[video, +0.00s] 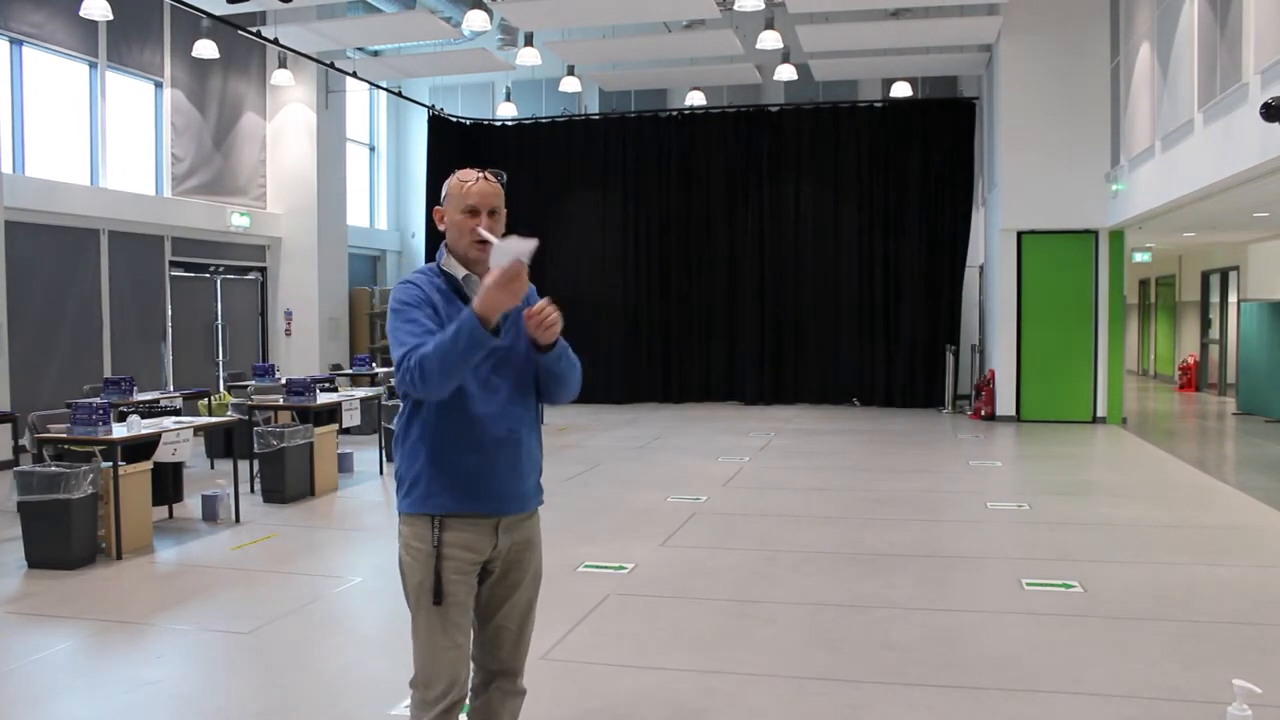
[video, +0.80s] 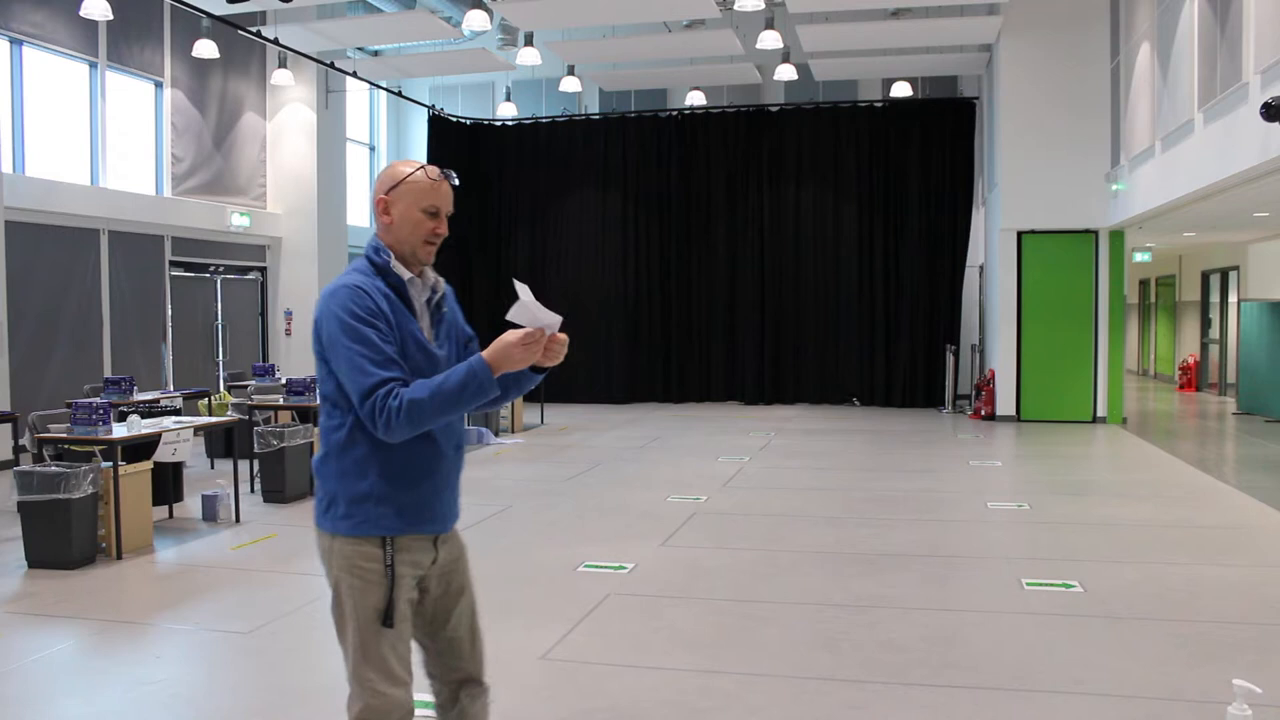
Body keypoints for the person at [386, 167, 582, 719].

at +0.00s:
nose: (484, 226)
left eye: (495, 215)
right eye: (471, 214)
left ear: (505, 222)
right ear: (441, 220)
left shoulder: (519, 290)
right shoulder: (415, 293)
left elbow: (563, 389)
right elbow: (419, 378)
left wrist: (550, 344)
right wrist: (485, 313)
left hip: (517, 514)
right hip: (440, 517)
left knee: (504, 681)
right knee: (442, 686)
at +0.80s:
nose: (442, 228)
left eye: (446, 217)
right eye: (430, 213)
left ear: (448, 220)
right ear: (385, 209)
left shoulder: (437, 295)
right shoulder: (349, 300)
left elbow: (474, 393)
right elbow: (387, 413)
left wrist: (531, 366)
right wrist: (489, 364)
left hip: (436, 527)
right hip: (369, 533)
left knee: (464, 689)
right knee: (383, 701)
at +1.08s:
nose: (424, 229)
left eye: (426, 216)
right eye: (415, 213)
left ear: (372, 210)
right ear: (368, 206)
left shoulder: (378, 289)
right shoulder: (340, 296)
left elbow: (426, 375)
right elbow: (395, 419)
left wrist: (501, 363)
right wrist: (491, 368)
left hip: (390, 527)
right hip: (349, 533)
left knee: (397, 686)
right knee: (369, 700)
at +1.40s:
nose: (392, 232)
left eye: (392, 217)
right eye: (386, 215)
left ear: (344, 211)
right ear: (349, 208)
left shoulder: (306, 283)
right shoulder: (334, 297)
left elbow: (382, 380)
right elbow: (391, 417)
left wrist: (457, 351)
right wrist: (467, 364)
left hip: (301, 525)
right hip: (332, 533)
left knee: (314, 690)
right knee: (367, 700)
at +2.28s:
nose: (333, 216)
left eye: (331, 204)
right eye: (331, 204)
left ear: (264, 210)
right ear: (317, 208)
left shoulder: (226, 286)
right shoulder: (323, 295)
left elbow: (285, 379)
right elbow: (380, 402)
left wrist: (367, 349)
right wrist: (406, 344)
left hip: (235, 524)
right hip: (311, 533)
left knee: (268, 690)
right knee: (341, 693)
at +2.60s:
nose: (329, 212)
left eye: (328, 201)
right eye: (326, 202)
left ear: (257, 211)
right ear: (308, 208)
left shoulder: (218, 287)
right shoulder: (322, 290)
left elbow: (262, 370)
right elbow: (424, 326)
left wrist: (345, 365)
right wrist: (427, 249)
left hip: (230, 523)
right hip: (311, 528)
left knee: (261, 689)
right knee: (341, 689)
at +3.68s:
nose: (353, 214)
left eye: (348, 201)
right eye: (346, 203)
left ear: (291, 220)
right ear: (330, 217)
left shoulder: (260, 294)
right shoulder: (332, 288)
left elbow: (335, 350)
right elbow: (441, 245)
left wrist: (401, 316)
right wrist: (428, 154)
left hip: (280, 525)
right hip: (345, 525)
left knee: (333, 659)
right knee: (365, 685)